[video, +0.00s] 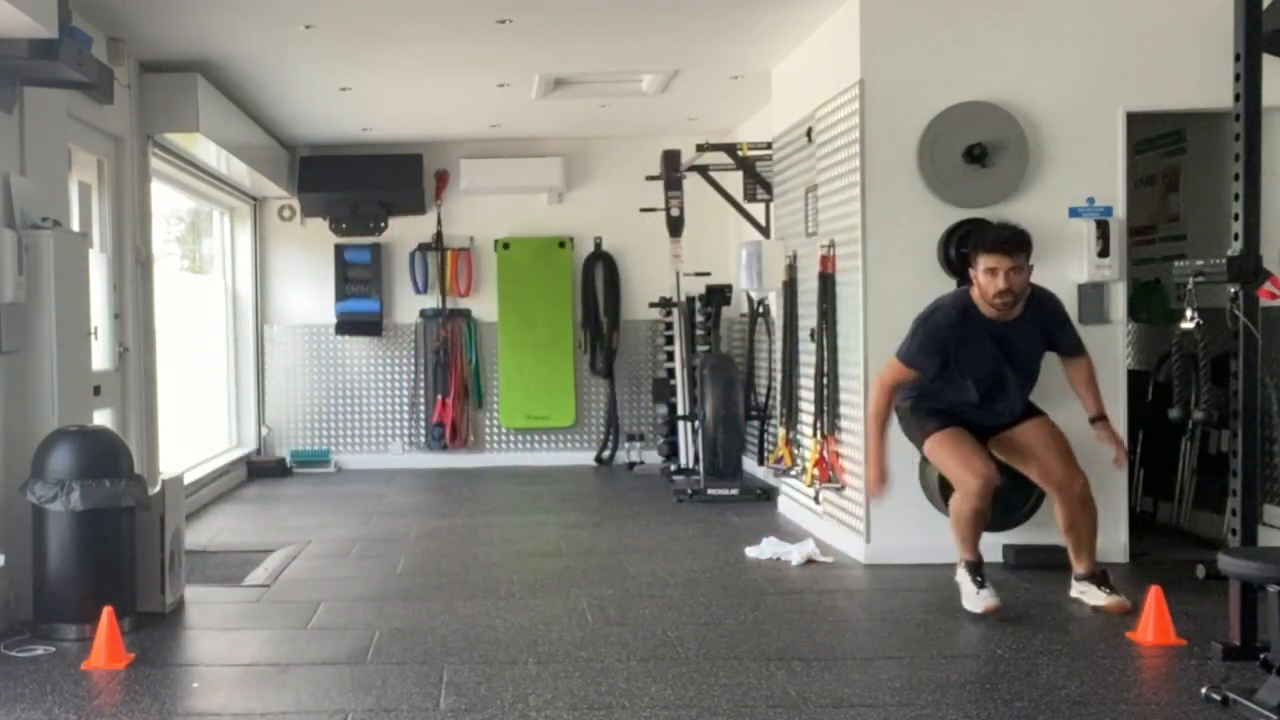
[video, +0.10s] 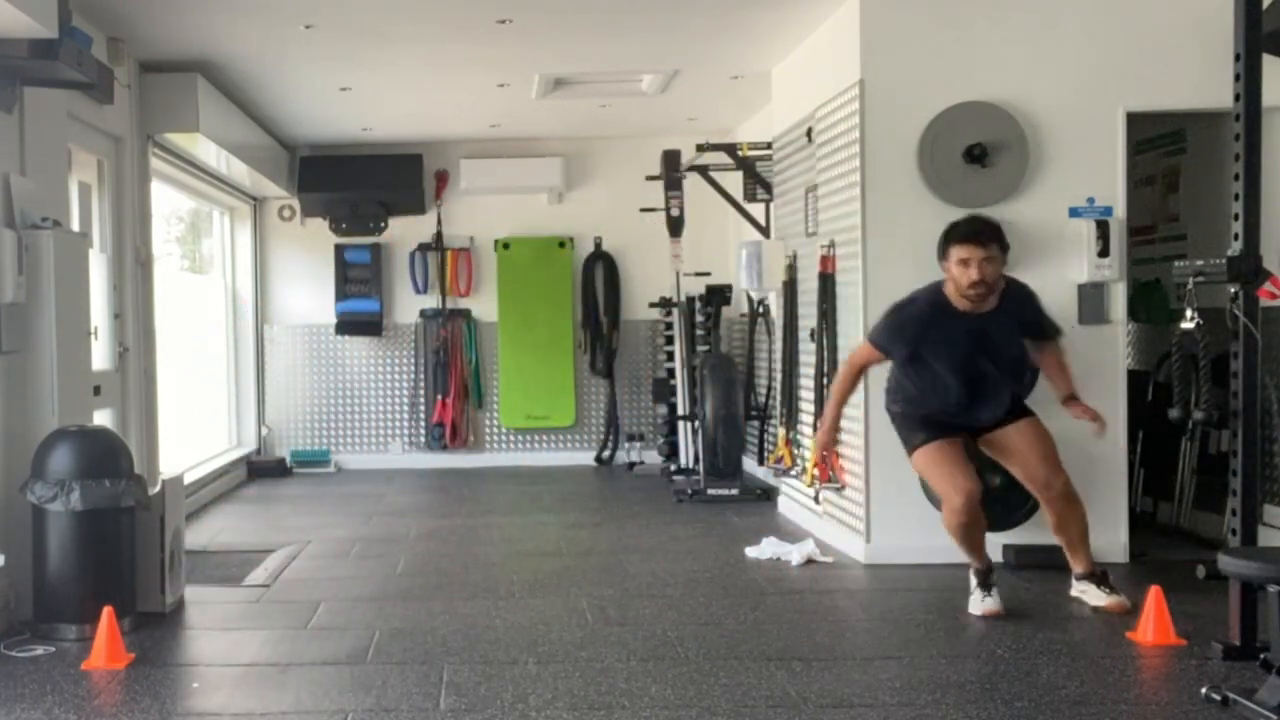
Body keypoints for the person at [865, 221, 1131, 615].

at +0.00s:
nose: (1005, 284)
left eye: (1015, 271)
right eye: (992, 272)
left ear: (1029, 271)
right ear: (972, 275)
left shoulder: (1044, 308)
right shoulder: (944, 319)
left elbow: (1075, 359)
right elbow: (885, 383)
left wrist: (1099, 419)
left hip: (1002, 404)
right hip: (933, 408)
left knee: (1072, 484)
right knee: (979, 478)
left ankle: (1085, 578)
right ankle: (969, 567)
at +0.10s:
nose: (977, 274)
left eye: (988, 262)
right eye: (965, 263)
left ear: (1003, 264)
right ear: (945, 266)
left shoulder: (1017, 300)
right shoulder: (916, 314)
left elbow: (1046, 348)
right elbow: (855, 363)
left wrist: (1069, 397)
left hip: (995, 403)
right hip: (926, 414)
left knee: (1053, 483)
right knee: (963, 497)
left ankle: (1084, 576)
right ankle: (982, 572)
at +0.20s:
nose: (930, 267)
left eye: (941, 256)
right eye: (918, 256)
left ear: (959, 257)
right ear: (902, 257)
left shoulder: (975, 291)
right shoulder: (873, 306)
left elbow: (993, 330)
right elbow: (811, 357)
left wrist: (1006, 379)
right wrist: (791, 425)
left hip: (967, 397)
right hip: (900, 413)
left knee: (1021, 488)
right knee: (932, 511)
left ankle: (1074, 561)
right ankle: (982, 572)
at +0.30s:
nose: (882, 259)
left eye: (892, 247)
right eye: (871, 248)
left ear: (907, 246)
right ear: (854, 248)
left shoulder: (927, 280)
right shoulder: (833, 295)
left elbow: (947, 319)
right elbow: (771, 356)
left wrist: (955, 358)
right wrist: (785, 380)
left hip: (922, 396)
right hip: (865, 418)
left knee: (936, 479)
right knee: (912, 513)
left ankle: (988, 551)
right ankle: (982, 571)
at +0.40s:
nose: (833, 247)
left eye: (843, 234)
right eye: (822, 236)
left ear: (856, 234)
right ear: (806, 239)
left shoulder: (877, 275)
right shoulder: (784, 286)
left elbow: (908, 323)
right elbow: (728, 353)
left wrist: (931, 370)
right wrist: (777, 369)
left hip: (861, 383)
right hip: (811, 405)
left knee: (852, 464)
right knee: (877, 495)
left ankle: (855, 568)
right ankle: (961, 565)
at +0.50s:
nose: (774, 243)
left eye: (783, 231)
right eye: (763, 233)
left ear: (796, 230)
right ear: (749, 233)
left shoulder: (823, 280)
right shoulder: (726, 284)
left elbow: (869, 335)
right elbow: (680, 343)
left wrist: (903, 395)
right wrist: (706, 407)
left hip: (806, 398)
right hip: (746, 407)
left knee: (809, 494)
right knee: (777, 507)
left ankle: (816, 594)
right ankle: (849, 528)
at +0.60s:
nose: (701, 239)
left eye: (710, 227)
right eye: (690, 228)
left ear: (724, 227)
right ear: (673, 232)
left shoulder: (759, 276)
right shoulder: (658, 281)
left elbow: (816, 328)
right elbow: (622, 319)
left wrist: (836, 392)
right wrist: (617, 388)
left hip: (754, 396)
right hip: (689, 396)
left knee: (775, 492)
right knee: (665, 488)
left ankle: (815, 588)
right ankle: (693, 538)